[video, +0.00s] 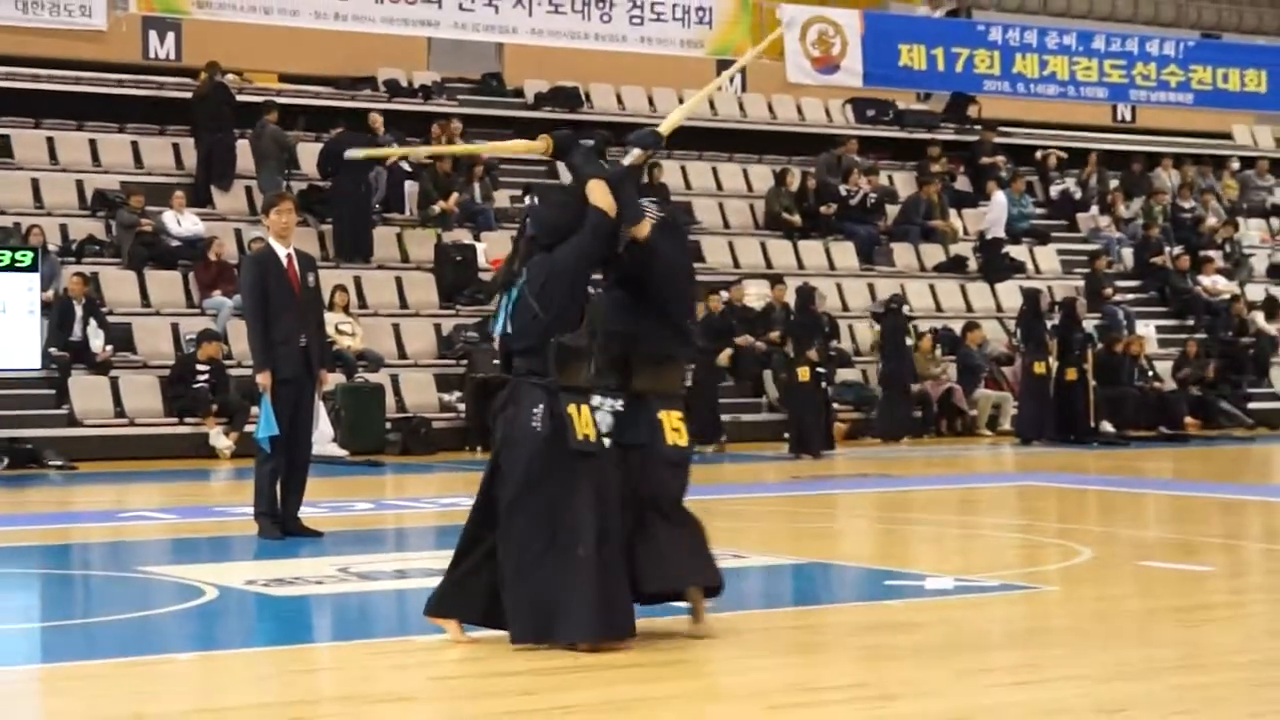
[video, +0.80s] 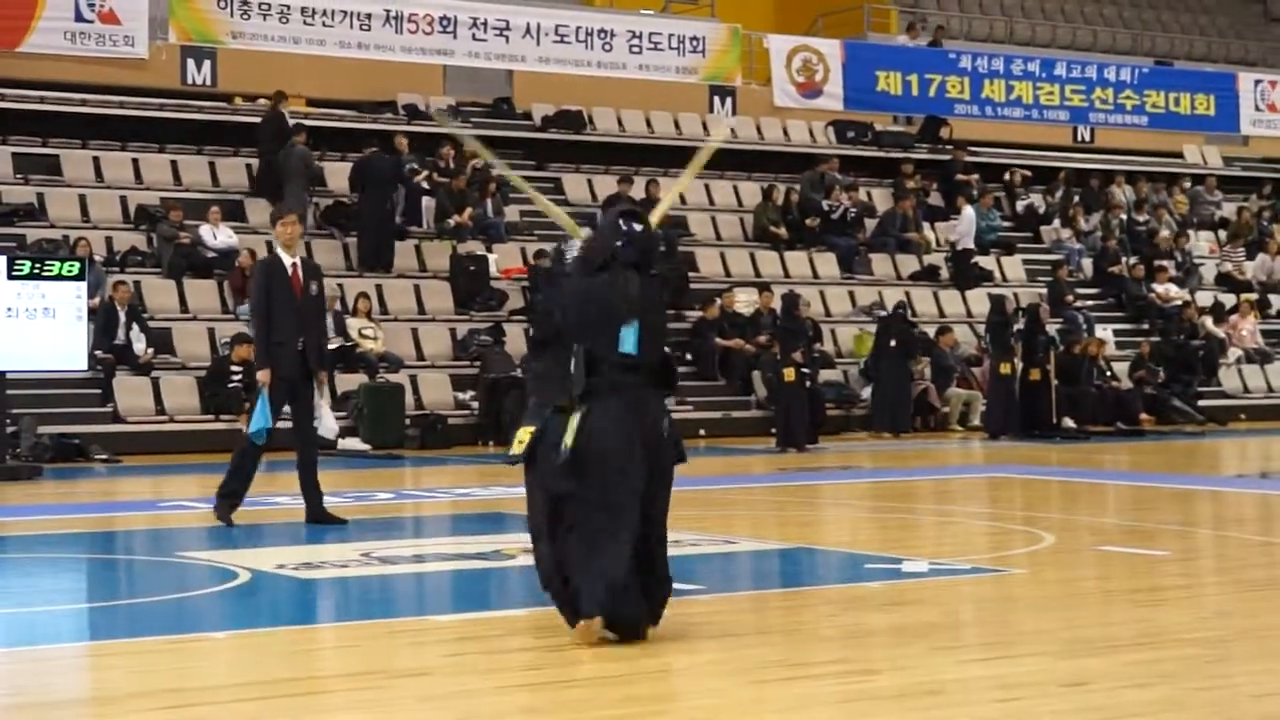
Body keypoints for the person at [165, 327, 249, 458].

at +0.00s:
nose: (220, 349)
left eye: (220, 345)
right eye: (217, 345)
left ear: (206, 345)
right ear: (205, 345)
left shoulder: (218, 365)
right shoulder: (184, 361)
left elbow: (223, 391)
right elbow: (172, 388)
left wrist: (216, 404)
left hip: (210, 403)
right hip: (184, 404)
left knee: (242, 406)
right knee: (202, 392)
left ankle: (228, 444)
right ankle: (214, 433)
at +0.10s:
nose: (228, 348)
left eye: (228, 344)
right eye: (225, 344)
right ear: (213, 344)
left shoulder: (226, 364)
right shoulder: (193, 360)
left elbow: (231, 388)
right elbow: (181, 385)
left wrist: (225, 402)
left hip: (219, 401)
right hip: (193, 403)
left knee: (250, 404)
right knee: (211, 391)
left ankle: (237, 441)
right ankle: (223, 430)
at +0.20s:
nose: (241, 349)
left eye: (241, 346)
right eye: (238, 345)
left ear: (228, 345)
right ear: (227, 345)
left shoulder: (239, 365)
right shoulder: (207, 361)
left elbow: (244, 388)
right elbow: (196, 384)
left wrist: (238, 401)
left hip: (232, 400)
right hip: (208, 401)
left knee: (262, 403)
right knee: (224, 392)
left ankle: (249, 438)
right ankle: (236, 429)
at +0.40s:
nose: (249, 350)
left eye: (249, 347)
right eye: (246, 347)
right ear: (236, 347)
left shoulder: (249, 365)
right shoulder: (218, 362)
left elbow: (254, 387)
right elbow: (206, 384)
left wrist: (248, 401)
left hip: (242, 400)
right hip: (217, 401)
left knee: (269, 403)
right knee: (234, 392)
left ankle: (259, 438)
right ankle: (246, 428)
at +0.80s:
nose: (251, 350)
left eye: (252, 347)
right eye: (248, 347)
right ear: (236, 347)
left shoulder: (250, 366)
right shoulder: (219, 363)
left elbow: (252, 389)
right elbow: (208, 385)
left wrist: (249, 401)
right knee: (236, 394)